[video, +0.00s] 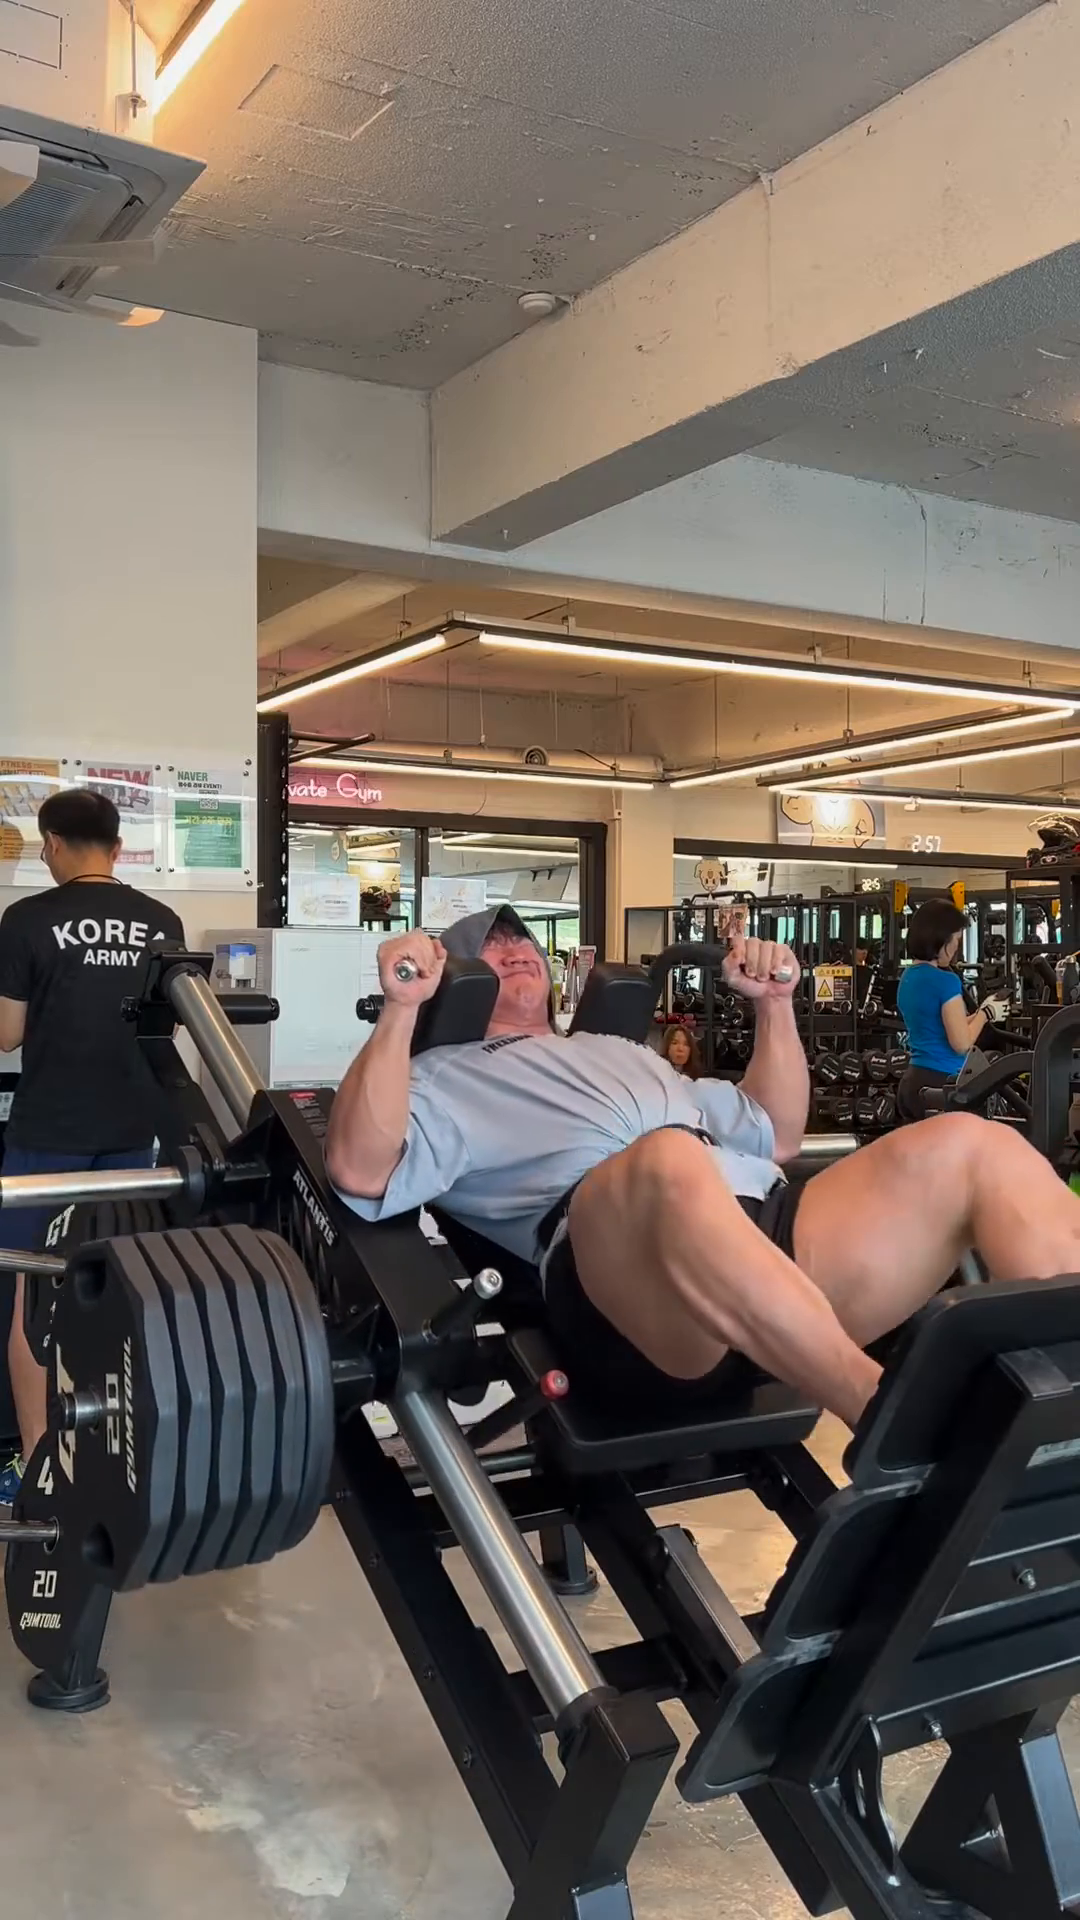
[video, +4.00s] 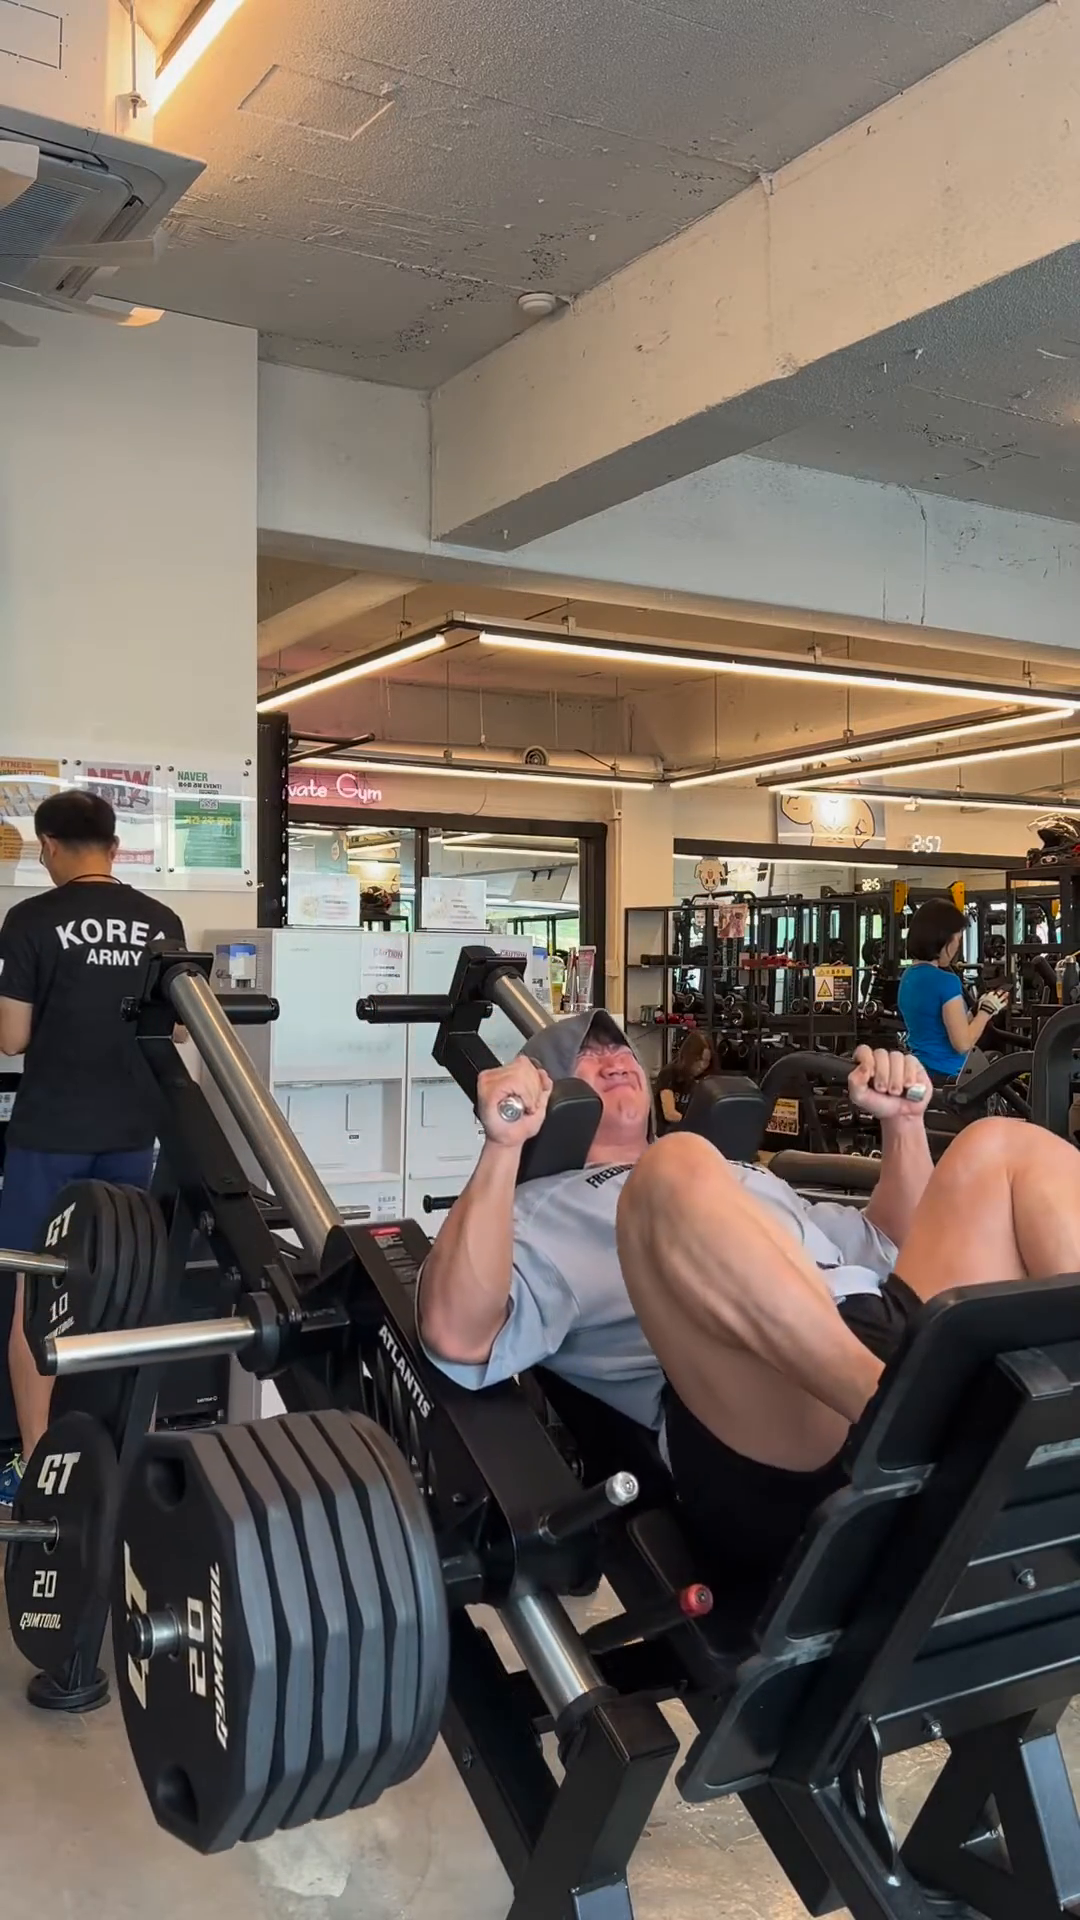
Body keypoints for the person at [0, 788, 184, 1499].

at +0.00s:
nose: (49, 858)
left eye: (47, 847)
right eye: (56, 848)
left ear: (50, 846)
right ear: (117, 848)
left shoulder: (29, 919)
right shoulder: (164, 921)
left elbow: (9, 1032)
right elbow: (170, 1021)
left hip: (50, 1130)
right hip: (142, 1128)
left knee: (23, 1297)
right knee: (128, 1287)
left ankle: (41, 1458)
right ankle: (131, 1445)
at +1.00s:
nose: (51, 857)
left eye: (49, 846)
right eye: (61, 847)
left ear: (51, 846)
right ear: (119, 848)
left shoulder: (31, 918)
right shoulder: (164, 921)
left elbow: (6, 1033)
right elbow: (176, 1029)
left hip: (46, 1139)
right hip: (138, 1141)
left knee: (30, 1299)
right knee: (135, 1297)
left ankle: (36, 1459)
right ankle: (139, 1465)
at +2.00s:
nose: (49, 858)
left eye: (46, 848)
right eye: (53, 849)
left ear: (52, 847)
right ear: (118, 847)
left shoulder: (33, 917)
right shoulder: (165, 920)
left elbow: (8, 1032)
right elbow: (179, 1031)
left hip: (47, 1139)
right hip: (139, 1141)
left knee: (29, 1299)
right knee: (133, 1297)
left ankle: (36, 1458)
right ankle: (136, 1463)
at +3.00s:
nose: (38, 860)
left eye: (36, 850)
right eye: (40, 851)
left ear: (45, 848)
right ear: (109, 847)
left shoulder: (27, 919)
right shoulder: (159, 919)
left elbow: (9, 1036)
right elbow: (178, 1030)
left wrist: (62, 1030)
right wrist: (118, 1031)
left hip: (50, 1130)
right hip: (137, 1130)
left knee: (31, 1296)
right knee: (123, 1290)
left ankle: (41, 1463)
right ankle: (127, 1453)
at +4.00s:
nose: (45, 861)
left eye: (43, 851)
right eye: (48, 851)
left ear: (49, 849)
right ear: (114, 847)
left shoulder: (33, 919)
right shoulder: (162, 920)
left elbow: (12, 1037)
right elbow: (182, 1030)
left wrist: (61, 1027)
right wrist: (120, 1026)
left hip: (51, 1131)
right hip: (137, 1132)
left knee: (30, 1297)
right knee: (121, 1287)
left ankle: (39, 1461)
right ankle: (121, 1449)